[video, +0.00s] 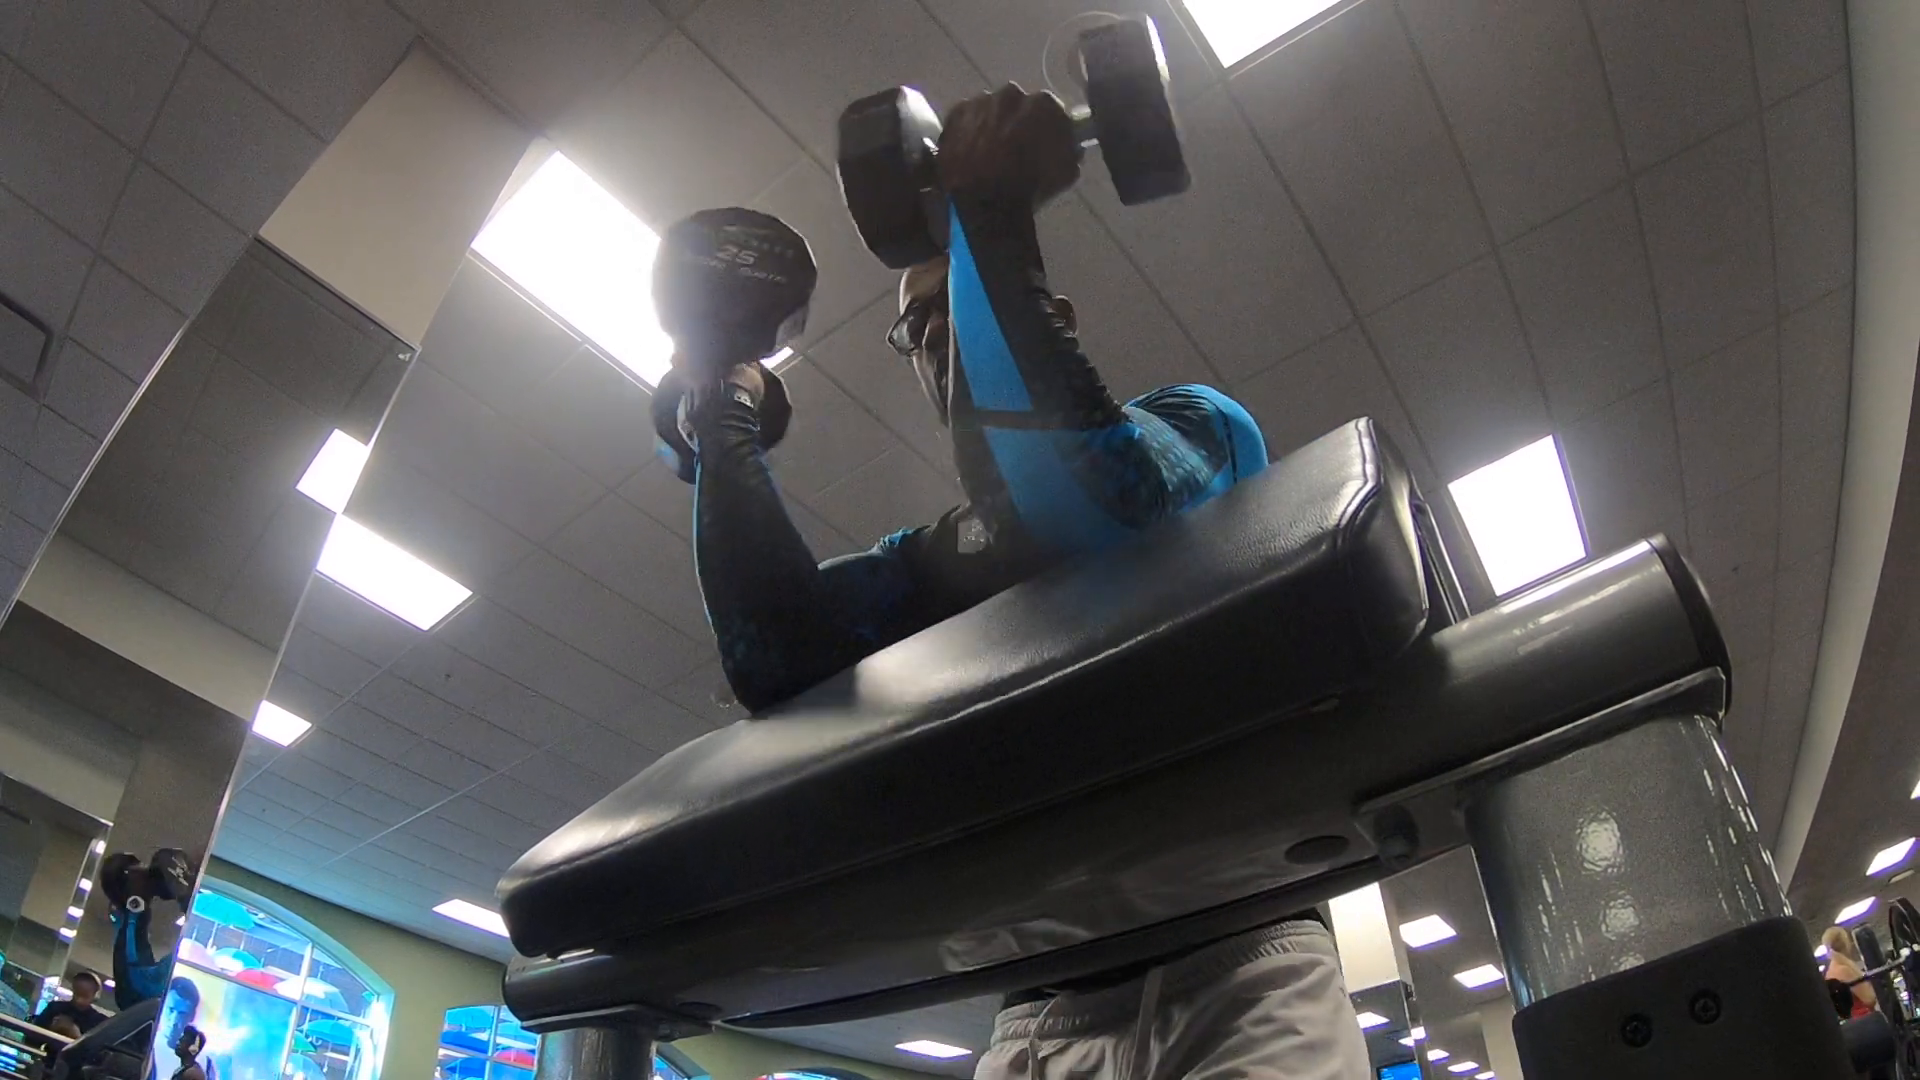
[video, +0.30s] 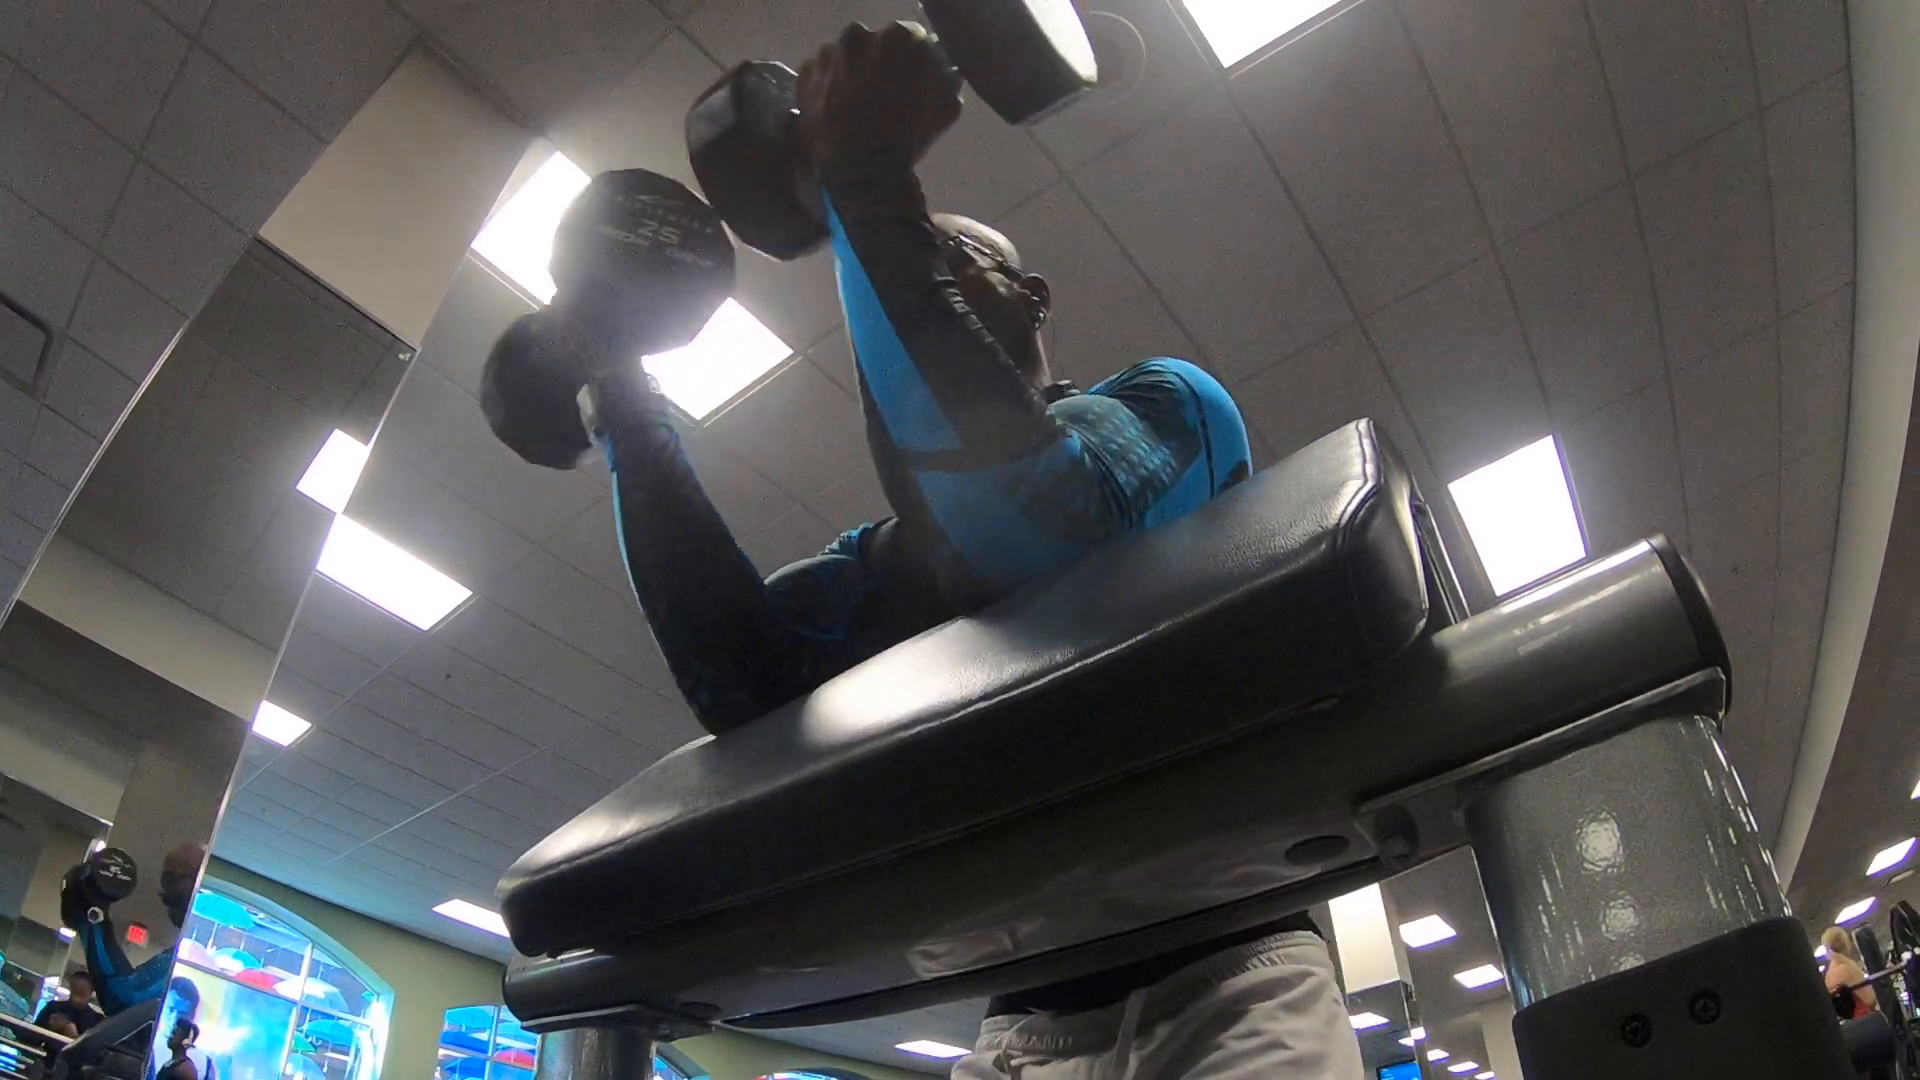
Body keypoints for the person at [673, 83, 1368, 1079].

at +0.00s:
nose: (956, 345)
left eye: (971, 311)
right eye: (925, 328)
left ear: (1052, 319)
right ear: (913, 366)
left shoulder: (1192, 429)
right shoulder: (938, 561)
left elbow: (1075, 501)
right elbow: (773, 662)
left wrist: (991, 220)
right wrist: (717, 409)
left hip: (1252, 956)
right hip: (1050, 1006)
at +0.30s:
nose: (918, 299)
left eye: (952, 267)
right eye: (894, 291)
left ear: (1031, 306)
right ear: (871, 354)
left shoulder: (1165, 408)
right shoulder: (886, 562)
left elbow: (1015, 536)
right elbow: (738, 683)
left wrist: (869, 188)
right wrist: (615, 378)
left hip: (1237, 969)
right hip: (1028, 1020)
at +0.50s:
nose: (852, 275)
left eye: (888, 239)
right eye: (823, 265)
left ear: (978, 270)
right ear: (807, 322)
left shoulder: (1120, 369)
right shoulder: (838, 538)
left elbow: (1016, 538)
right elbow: (719, 692)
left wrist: (744, 191)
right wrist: (509, 428)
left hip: (1199, 960)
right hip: (964, 1021)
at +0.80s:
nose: (818, 267)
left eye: (850, 226)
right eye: (799, 263)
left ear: (955, 241)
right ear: (802, 314)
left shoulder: (1099, 341)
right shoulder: (823, 505)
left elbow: (1034, 541)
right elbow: (715, 682)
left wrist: (640, 259)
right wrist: (407, 484)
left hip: (1211, 940)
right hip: (971, 1001)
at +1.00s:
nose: (815, 261)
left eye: (849, 224)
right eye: (799, 258)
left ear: (956, 237)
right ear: (812, 310)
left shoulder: (1101, 329)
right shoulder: (822, 495)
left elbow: (1019, 541)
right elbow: (701, 696)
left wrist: (589, 328)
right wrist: (374, 560)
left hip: (1206, 939)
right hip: (974, 998)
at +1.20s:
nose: (816, 261)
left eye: (848, 223)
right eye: (799, 258)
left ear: (955, 230)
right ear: (808, 315)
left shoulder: (1097, 328)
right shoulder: (826, 508)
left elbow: (985, 557)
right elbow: (699, 697)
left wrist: (554, 457)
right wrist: (399, 664)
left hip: (1194, 948)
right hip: (960, 1004)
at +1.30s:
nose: (817, 261)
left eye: (848, 218)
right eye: (795, 253)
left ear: (952, 225)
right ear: (798, 308)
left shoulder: (1091, 322)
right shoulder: (809, 511)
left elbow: (968, 570)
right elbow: (672, 717)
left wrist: (558, 561)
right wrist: (430, 683)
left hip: (1186, 942)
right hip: (954, 1002)